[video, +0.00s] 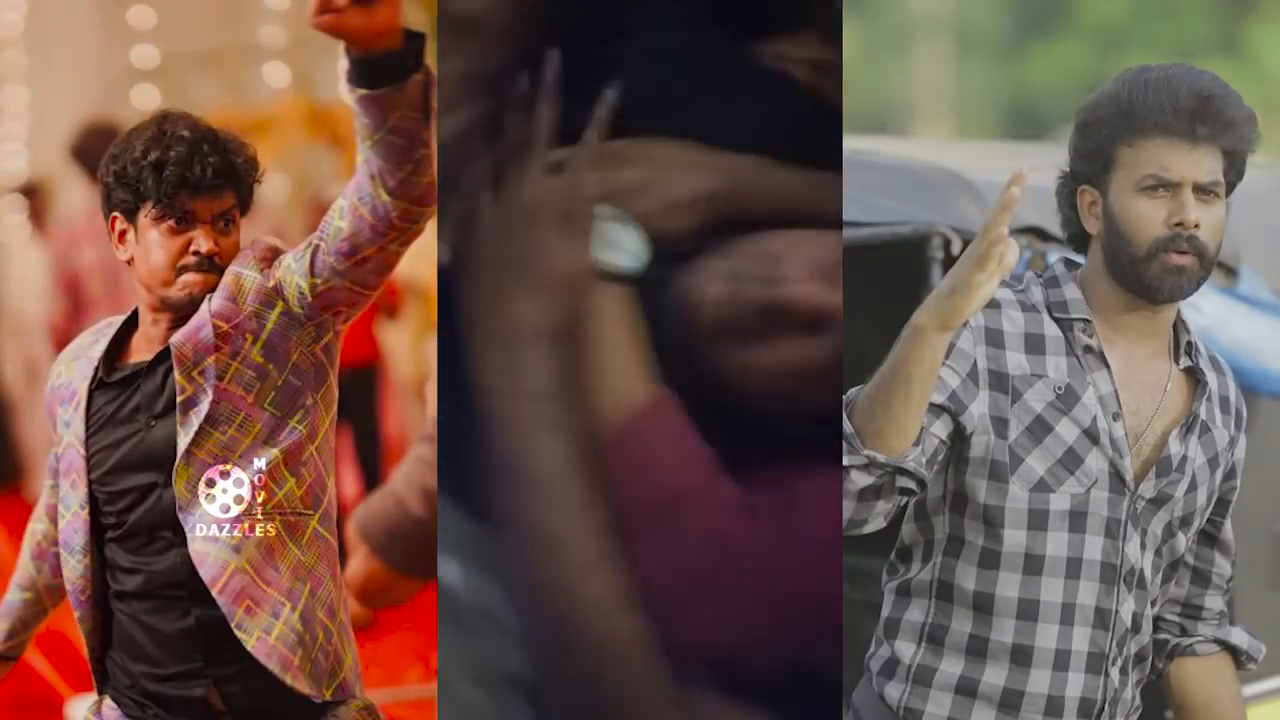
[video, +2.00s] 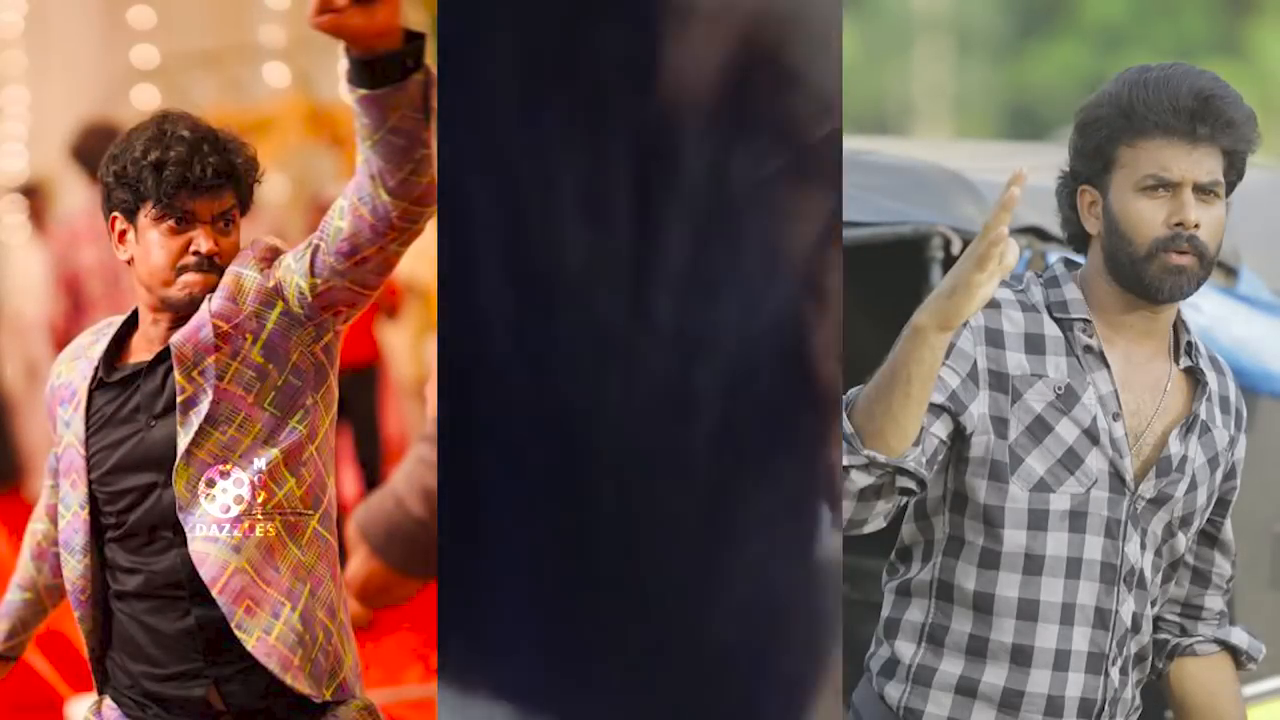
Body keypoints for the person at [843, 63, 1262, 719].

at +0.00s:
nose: (1187, 217)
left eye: (1207, 194)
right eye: (1157, 190)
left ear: (1227, 209)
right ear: (1092, 208)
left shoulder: (1219, 398)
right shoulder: (984, 329)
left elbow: (1193, 616)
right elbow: (853, 508)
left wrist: (1224, 711)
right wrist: (932, 326)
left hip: (1106, 709)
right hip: (936, 702)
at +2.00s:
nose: (1187, 217)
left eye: (1207, 194)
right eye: (1157, 190)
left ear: (1227, 208)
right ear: (1092, 208)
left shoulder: (1219, 398)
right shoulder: (984, 329)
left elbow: (1193, 615)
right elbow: (851, 508)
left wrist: (1225, 711)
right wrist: (931, 328)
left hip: (1105, 709)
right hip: (934, 702)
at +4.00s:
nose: (1187, 217)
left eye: (1207, 194)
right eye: (1157, 190)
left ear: (1227, 208)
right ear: (1092, 207)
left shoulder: (1219, 398)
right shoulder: (984, 328)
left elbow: (1193, 617)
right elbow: (855, 505)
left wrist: (1225, 711)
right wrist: (931, 327)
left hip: (1105, 709)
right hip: (937, 702)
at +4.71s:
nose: (1188, 217)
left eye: (1207, 194)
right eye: (1157, 190)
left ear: (1227, 208)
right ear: (1092, 208)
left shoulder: (1219, 397)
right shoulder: (984, 329)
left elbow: (1193, 618)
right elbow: (851, 508)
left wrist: (1226, 711)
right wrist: (931, 327)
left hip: (1105, 710)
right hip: (934, 703)